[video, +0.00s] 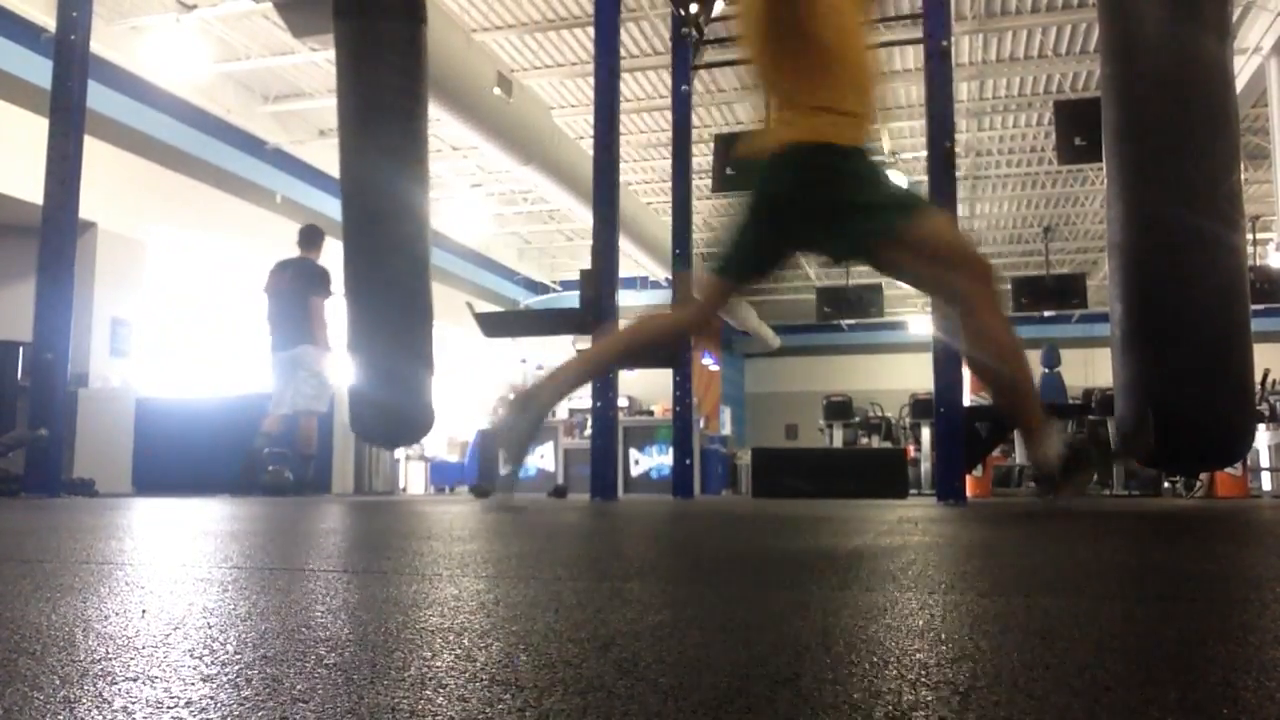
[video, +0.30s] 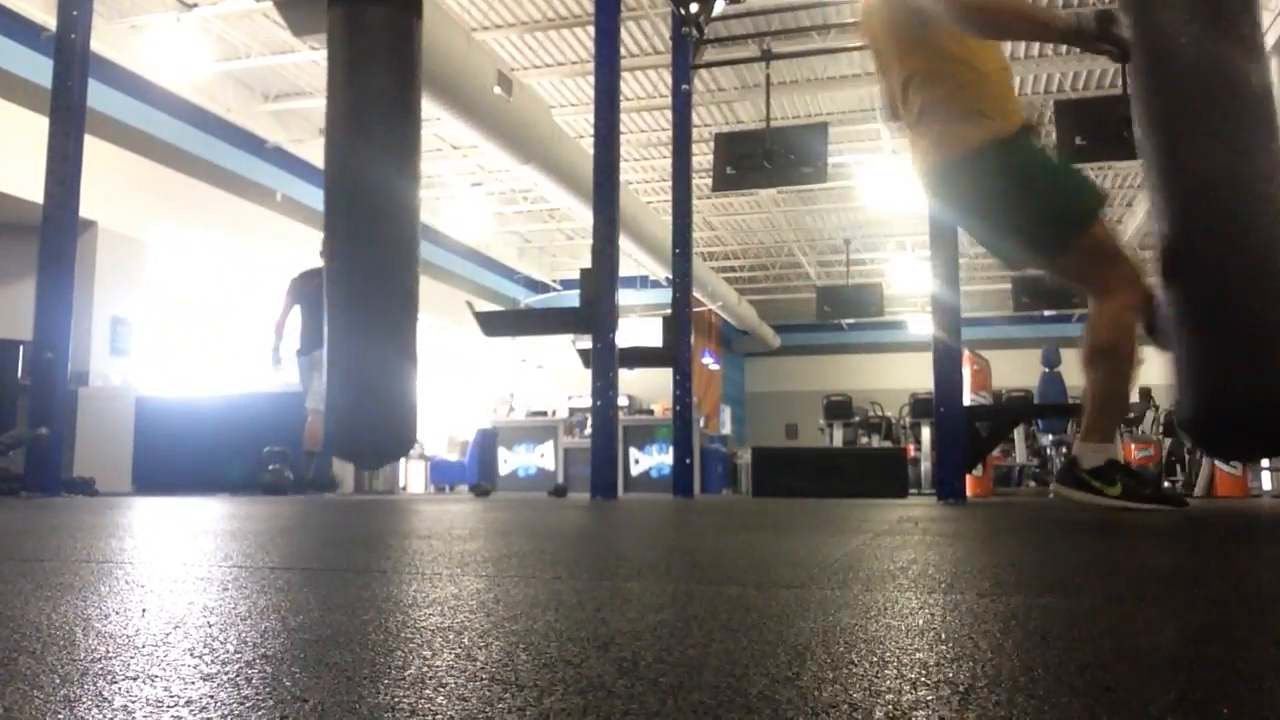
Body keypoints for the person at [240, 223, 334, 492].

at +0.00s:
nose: (317, 250)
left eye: (310, 244)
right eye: (318, 245)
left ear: (298, 243)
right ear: (320, 245)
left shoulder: (278, 269)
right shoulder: (317, 272)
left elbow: (271, 314)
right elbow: (317, 315)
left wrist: (277, 341)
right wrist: (324, 348)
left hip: (280, 348)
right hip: (308, 347)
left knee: (279, 405)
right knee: (309, 411)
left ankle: (255, 454)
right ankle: (307, 473)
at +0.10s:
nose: (326, 250)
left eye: (322, 244)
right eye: (328, 246)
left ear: (307, 244)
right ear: (328, 246)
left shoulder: (287, 271)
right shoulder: (328, 273)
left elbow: (279, 313)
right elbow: (330, 314)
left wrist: (275, 348)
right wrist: (336, 348)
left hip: (287, 347)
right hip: (317, 347)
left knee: (291, 408)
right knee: (311, 410)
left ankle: (276, 451)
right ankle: (305, 474)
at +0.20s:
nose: (324, 256)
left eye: (319, 250)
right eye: (330, 251)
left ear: (314, 251)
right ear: (335, 252)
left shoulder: (296, 276)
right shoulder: (341, 276)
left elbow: (279, 317)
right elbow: (348, 316)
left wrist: (271, 351)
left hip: (299, 348)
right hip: (327, 348)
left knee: (306, 409)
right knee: (313, 411)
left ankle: (304, 471)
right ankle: (305, 475)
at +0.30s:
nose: (331, 257)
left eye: (328, 251)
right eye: (332, 252)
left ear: (321, 252)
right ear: (340, 253)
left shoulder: (304, 279)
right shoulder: (348, 279)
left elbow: (283, 317)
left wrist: (276, 348)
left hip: (308, 352)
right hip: (330, 351)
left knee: (316, 410)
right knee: (317, 411)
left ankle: (324, 471)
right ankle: (306, 473)